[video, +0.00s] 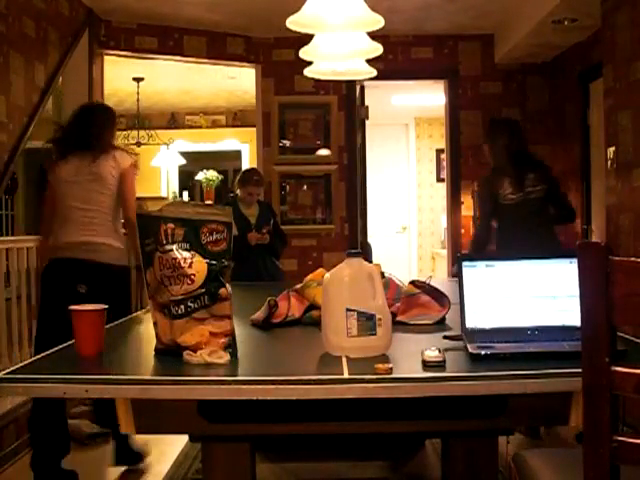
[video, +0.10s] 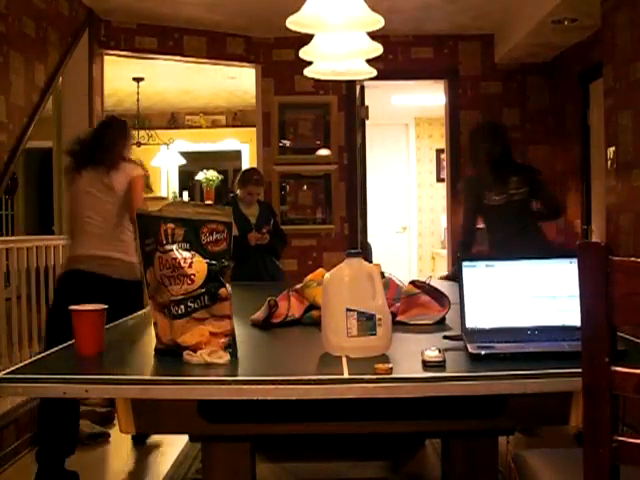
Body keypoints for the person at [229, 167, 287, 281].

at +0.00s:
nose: (254, 199)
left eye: (257, 195)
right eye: (250, 194)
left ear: (261, 192)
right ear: (239, 189)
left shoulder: (266, 208)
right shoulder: (229, 208)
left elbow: (282, 239)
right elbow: (225, 245)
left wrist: (269, 239)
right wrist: (246, 240)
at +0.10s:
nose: (254, 199)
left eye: (258, 194)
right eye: (249, 194)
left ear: (261, 191)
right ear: (239, 189)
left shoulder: (266, 208)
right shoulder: (229, 208)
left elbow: (281, 239)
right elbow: (224, 243)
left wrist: (269, 239)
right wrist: (246, 240)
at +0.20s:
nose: (254, 199)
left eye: (258, 194)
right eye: (249, 194)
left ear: (262, 191)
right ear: (240, 189)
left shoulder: (266, 208)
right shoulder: (229, 208)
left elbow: (282, 239)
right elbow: (225, 242)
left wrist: (269, 239)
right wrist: (246, 240)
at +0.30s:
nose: (254, 199)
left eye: (258, 194)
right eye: (250, 194)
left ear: (262, 191)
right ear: (240, 189)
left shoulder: (266, 208)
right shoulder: (230, 207)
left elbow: (282, 238)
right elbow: (225, 242)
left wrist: (269, 239)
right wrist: (246, 240)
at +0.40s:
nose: (255, 198)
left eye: (259, 193)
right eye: (251, 193)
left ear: (262, 190)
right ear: (240, 188)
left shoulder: (267, 207)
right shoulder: (229, 207)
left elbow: (282, 238)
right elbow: (225, 243)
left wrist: (269, 239)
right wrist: (246, 240)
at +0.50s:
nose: (255, 197)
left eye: (259, 193)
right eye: (251, 193)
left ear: (263, 190)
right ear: (241, 188)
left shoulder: (268, 207)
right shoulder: (230, 207)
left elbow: (283, 238)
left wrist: (270, 239)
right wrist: (247, 239)